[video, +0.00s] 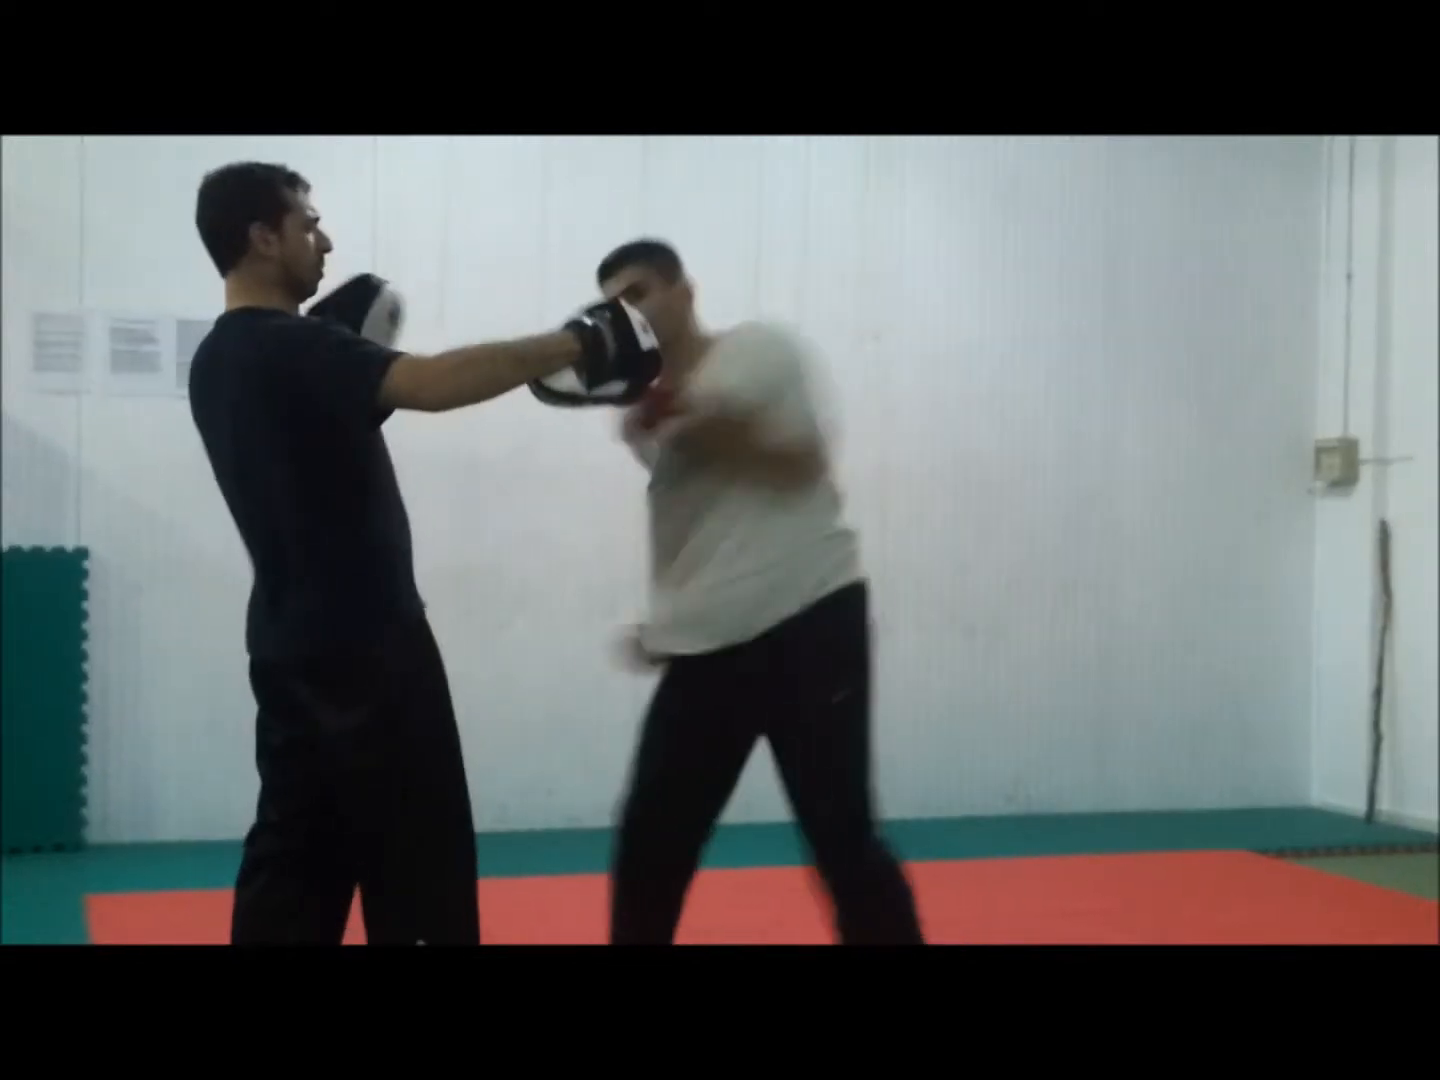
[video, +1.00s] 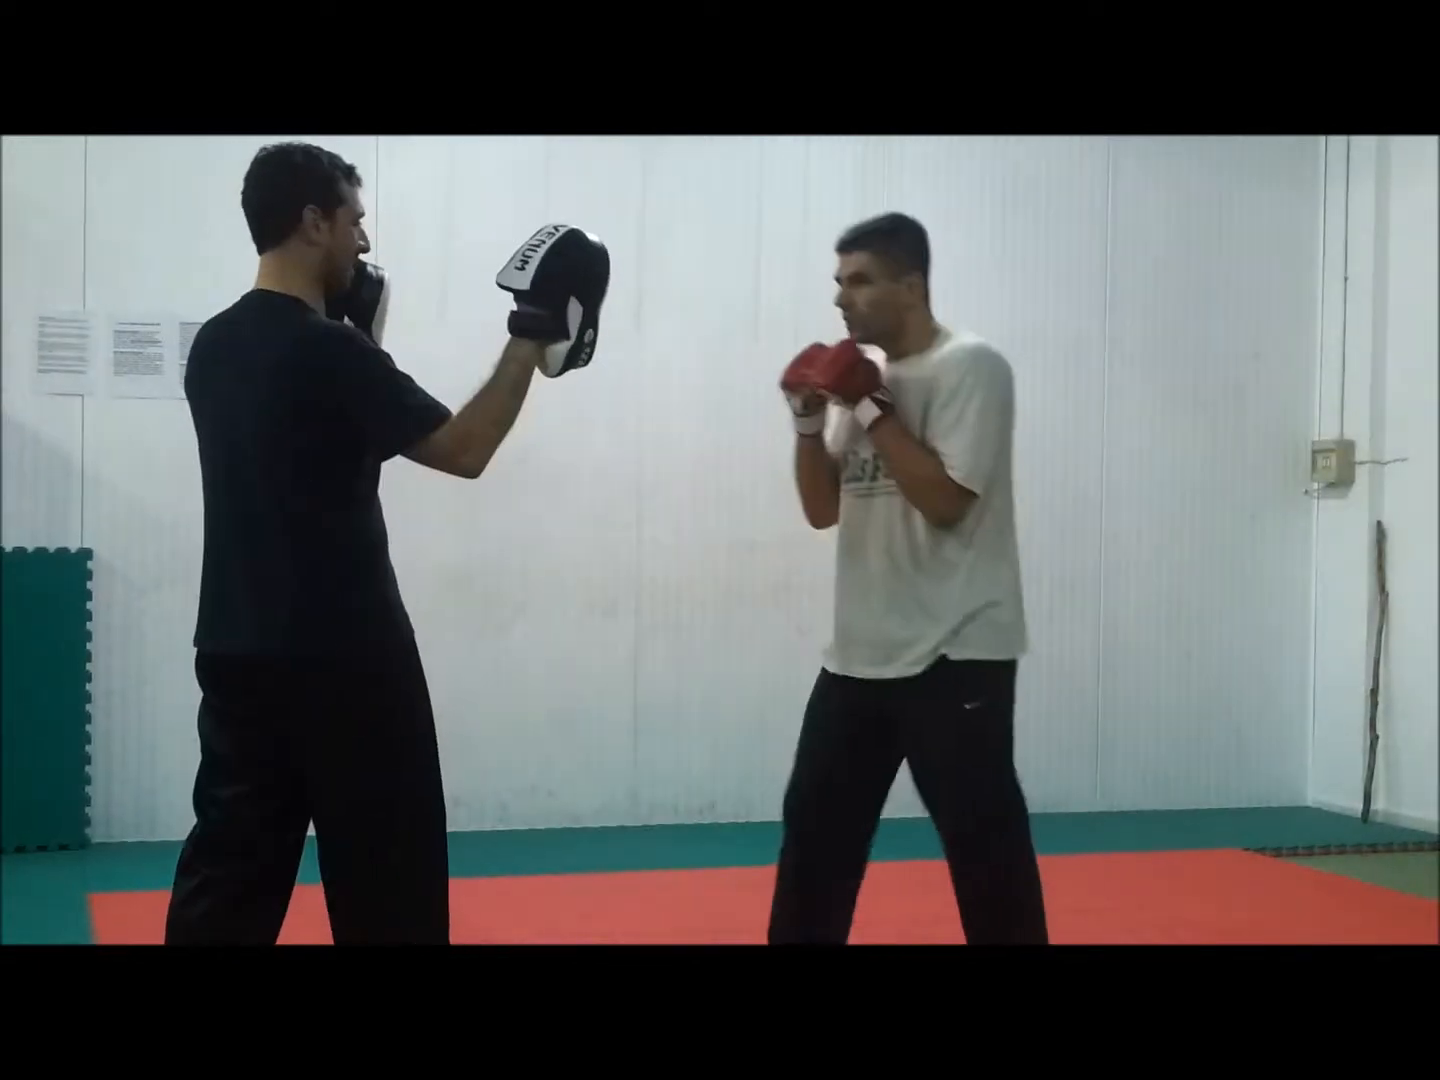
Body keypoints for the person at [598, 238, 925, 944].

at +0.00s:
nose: (631, 314)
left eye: (640, 293)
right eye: (617, 305)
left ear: (683, 288)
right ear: (614, 322)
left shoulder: (761, 348)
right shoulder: (650, 405)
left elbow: (804, 463)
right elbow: (692, 535)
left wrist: (708, 429)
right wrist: (667, 627)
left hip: (808, 621)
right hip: (711, 644)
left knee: (842, 838)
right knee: (650, 847)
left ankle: (892, 941)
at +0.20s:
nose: (650, 314)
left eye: (657, 292)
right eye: (636, 309)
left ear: (703, 280)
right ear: (640, 328)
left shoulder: (797, 336)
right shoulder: (656, 390)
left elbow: (872, 428)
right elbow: (678, 479)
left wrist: (781, 363)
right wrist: (685, 371)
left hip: (856, 577)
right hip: (752, 602)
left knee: (902, 813)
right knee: (727, 822)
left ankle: (913, 941)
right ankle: (714, 941)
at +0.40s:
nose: (645, 289)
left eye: (657, 268)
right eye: (636, 279)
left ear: (710, 261)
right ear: (639, 293)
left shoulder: (811, 319)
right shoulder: (660, 397)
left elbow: (879, 438)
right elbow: (687, 544)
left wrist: (780, 359)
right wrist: (699, 476)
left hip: (857, 606)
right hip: (744, 616)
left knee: (905, 824)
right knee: (717, 833)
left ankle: (912, 946)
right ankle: (709, 950)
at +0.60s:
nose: (687, 268)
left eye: (702, 249)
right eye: (686, 254)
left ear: (759, 249)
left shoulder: (860, 329)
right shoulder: (709, 374)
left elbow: (883, 457)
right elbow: (717, 521)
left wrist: (785, 373)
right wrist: (712, 488)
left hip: (866, 621)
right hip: (758, 622)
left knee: (924, 823)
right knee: (716, 831)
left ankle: (967, 943)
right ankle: (705, 945)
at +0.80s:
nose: (769, 287)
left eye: (786, 270)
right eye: (771, 271)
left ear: (844, 277)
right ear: (824, 284)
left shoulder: (930, 376)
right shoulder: (813, 398)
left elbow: (928, 521)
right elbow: (817, 534)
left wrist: (831, 436)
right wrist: (765, 521)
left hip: (914, 665)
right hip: (813, 658)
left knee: (951, 849)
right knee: (733, 836)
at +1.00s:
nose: (840, 299)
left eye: (855, 282)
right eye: (838, 283)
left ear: (911, 284)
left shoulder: (976, 368)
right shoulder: (859, 383)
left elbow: (947, 501)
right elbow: (823, 511)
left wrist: (870, 406)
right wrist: (806, 421)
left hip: (958, 658)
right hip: (860, 658)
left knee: (991, 865)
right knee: (814, 853)